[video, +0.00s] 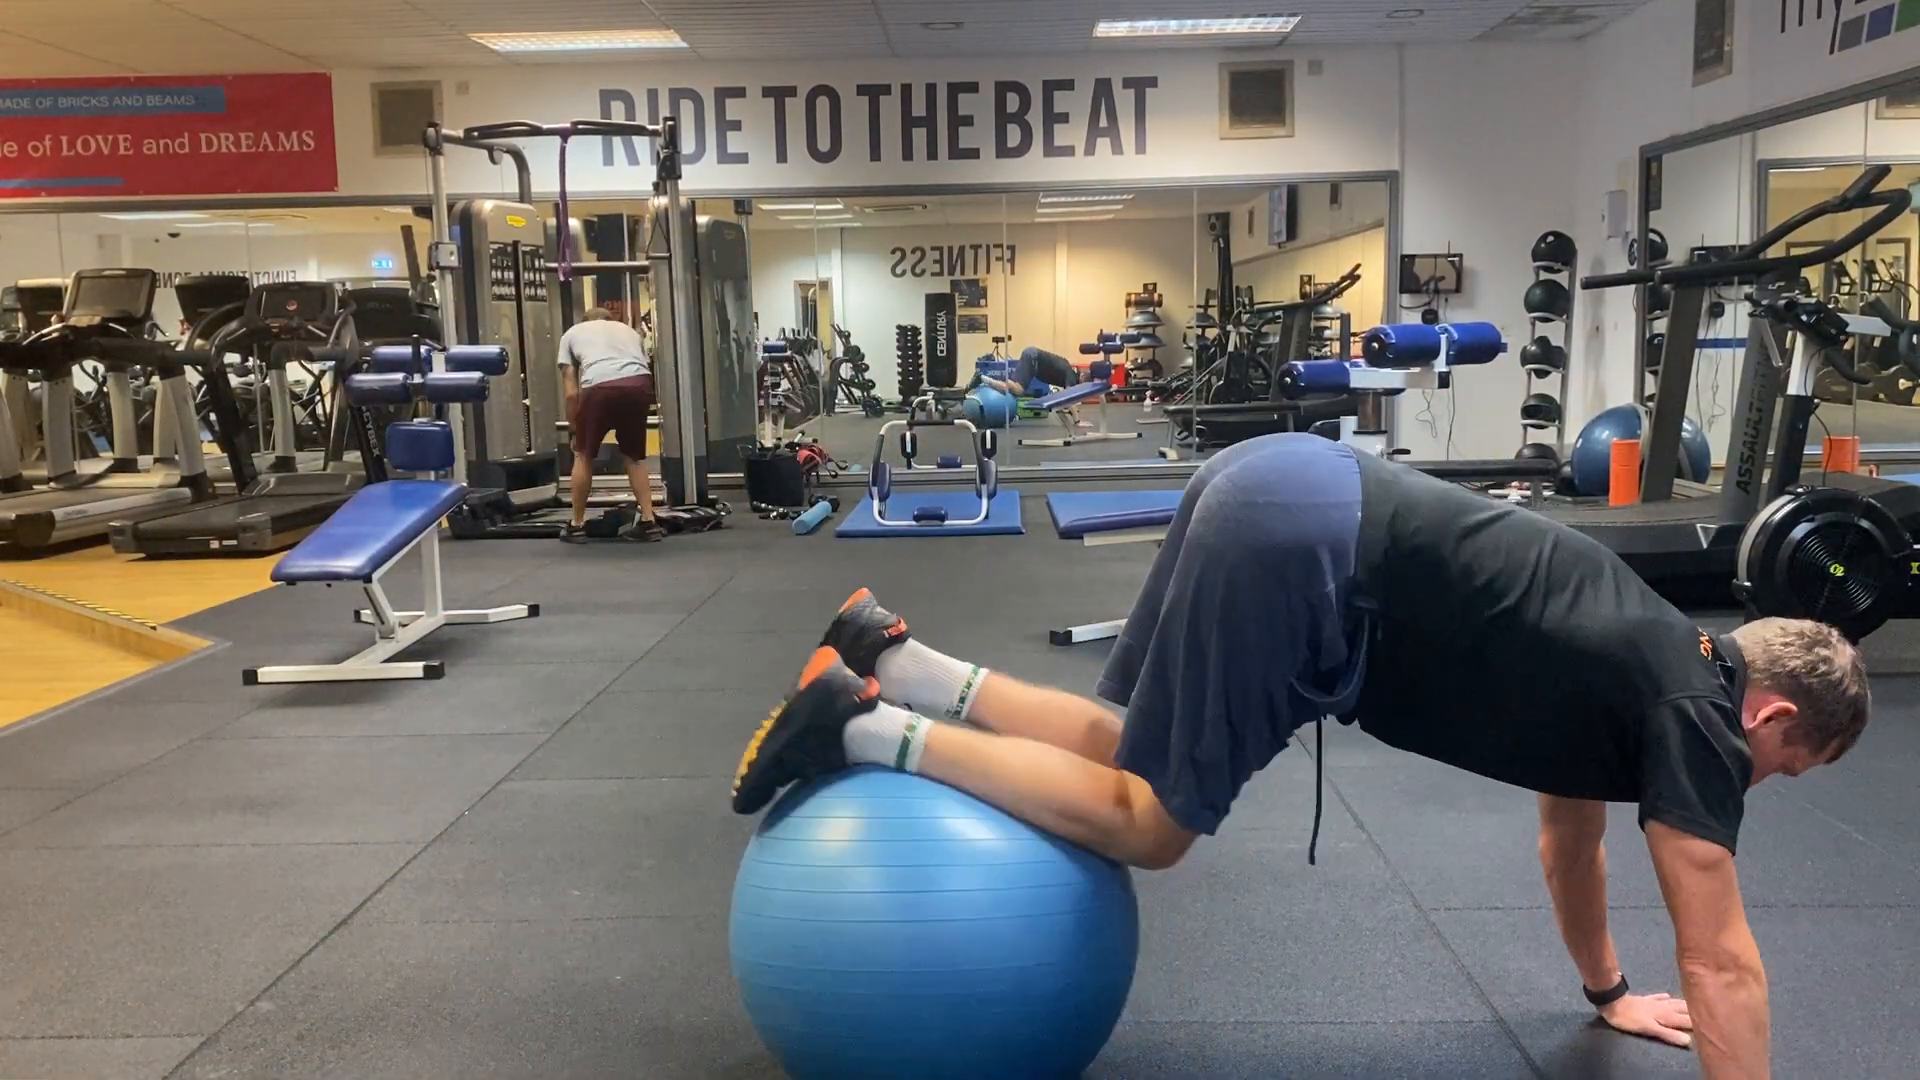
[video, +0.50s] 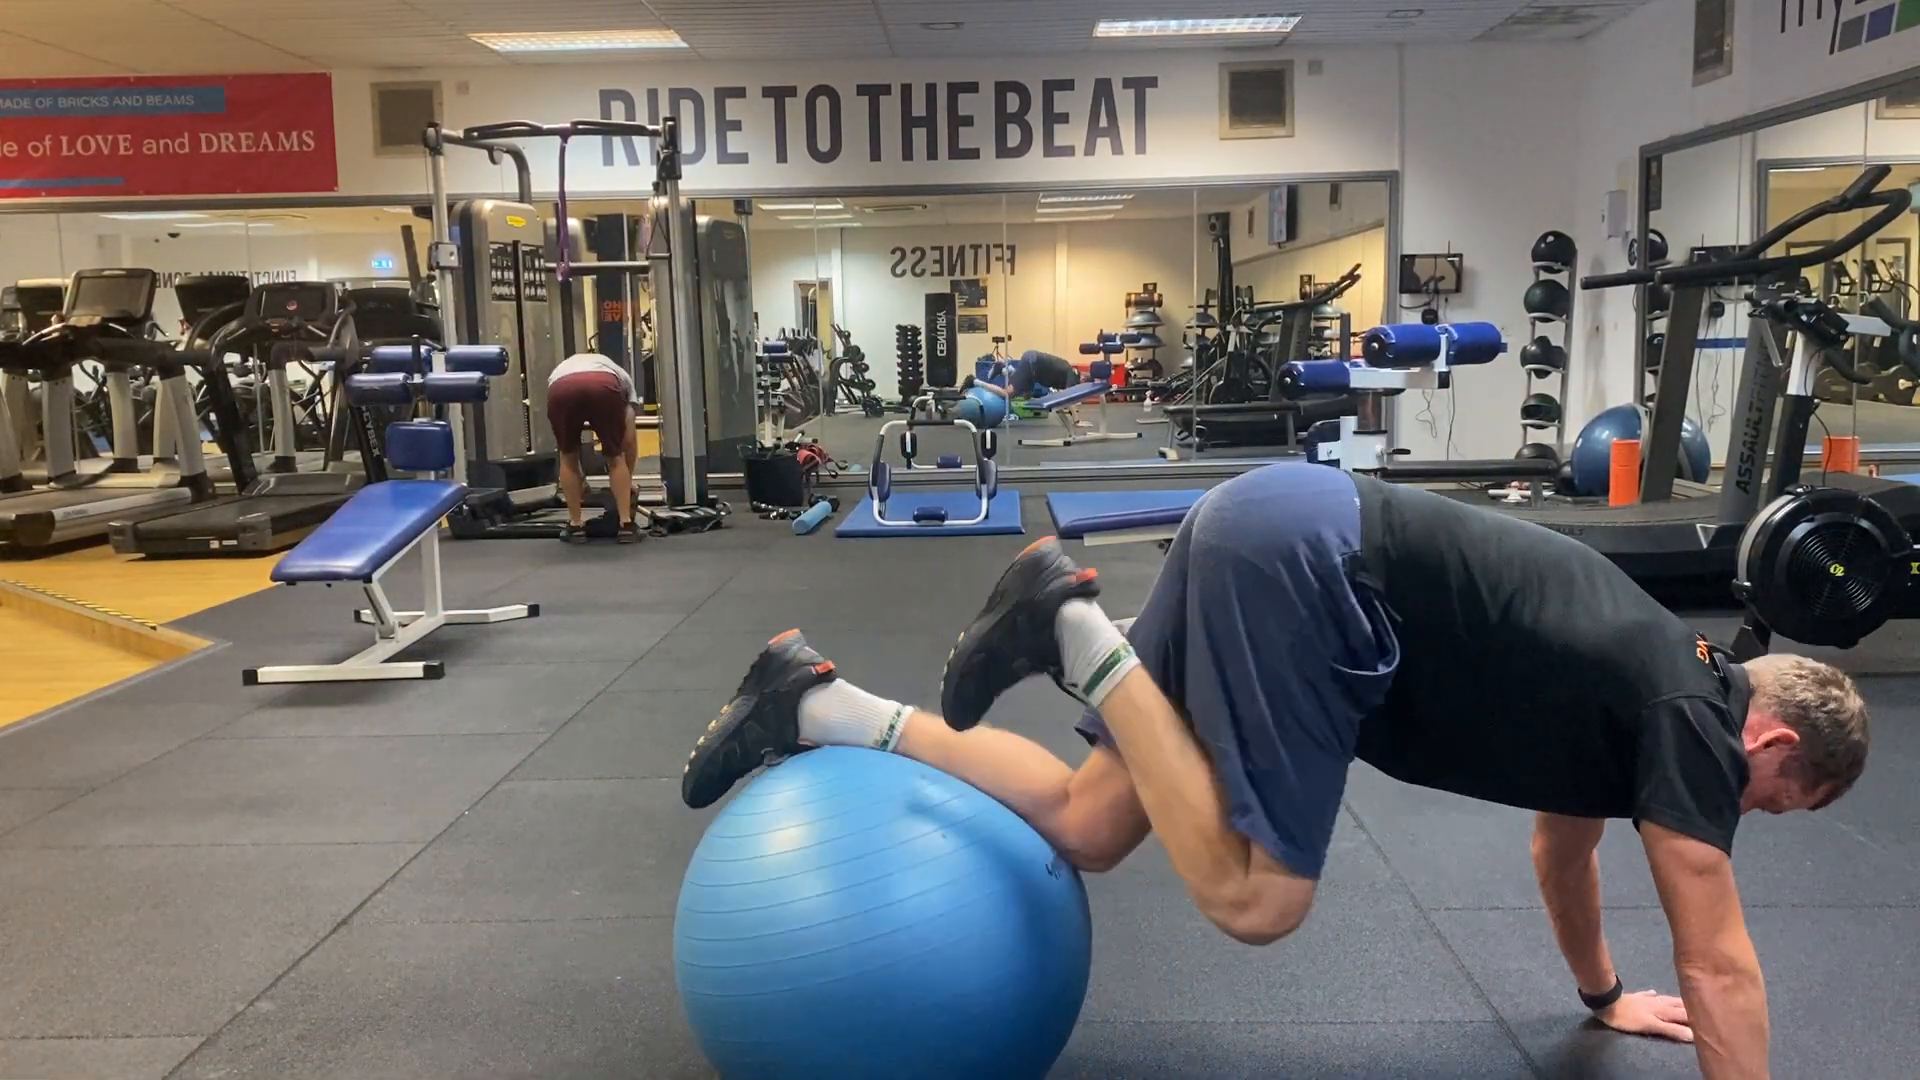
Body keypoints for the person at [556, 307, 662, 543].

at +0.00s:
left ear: (583, 320)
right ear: (608, 318)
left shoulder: (571, 335)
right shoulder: (628, 330)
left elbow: (572, 394)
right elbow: (644, 371)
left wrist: (573, 431)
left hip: (598, 392)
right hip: (638, 388)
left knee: (583, 456)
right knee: (635, 458)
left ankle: (577, 524)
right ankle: (649, 521)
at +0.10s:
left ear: (583, 336)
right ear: (608, 335)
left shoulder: (567, 349)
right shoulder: (626, 345)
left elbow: (566, 399)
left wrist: (580, 444)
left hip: (584, 392)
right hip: (625, 388)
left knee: (577, 456)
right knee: (625, 455)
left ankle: (576, 524)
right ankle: (632, 522)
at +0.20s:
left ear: (580, 348)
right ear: (610, 348)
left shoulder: (566, 358)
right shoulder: (623, 357)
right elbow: (632, 413)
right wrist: (626, 459)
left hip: (574, 389)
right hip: (616, 386)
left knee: (572, 457)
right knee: (621, 459)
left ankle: (575, 525)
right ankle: (626, 525)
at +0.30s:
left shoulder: (564, 371)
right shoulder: (624, 370)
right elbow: (630, 432)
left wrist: (580, 477)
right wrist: (627, 472)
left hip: (567, 388)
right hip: (609, 385)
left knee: (570, 459)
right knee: (618, 460)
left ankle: (575, 525)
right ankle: (626, 524)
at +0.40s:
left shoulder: (560, 374)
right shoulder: (625, 377)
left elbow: (571, 442)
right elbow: (629, 438)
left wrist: (581, 482)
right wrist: (628, 479)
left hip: (562, 387)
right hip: (606, 385)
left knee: (569, 460)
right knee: (616, 459)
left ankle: (575, 525)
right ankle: (626, 523)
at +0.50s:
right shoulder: (625, 381)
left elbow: (568, 445)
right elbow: (629, 441)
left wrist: (581, 482)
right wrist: (627, 480)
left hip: (560, 386)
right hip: (604, 385)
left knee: (568, 459)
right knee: (616, 459)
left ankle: (575, 525)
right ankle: (626, 524)